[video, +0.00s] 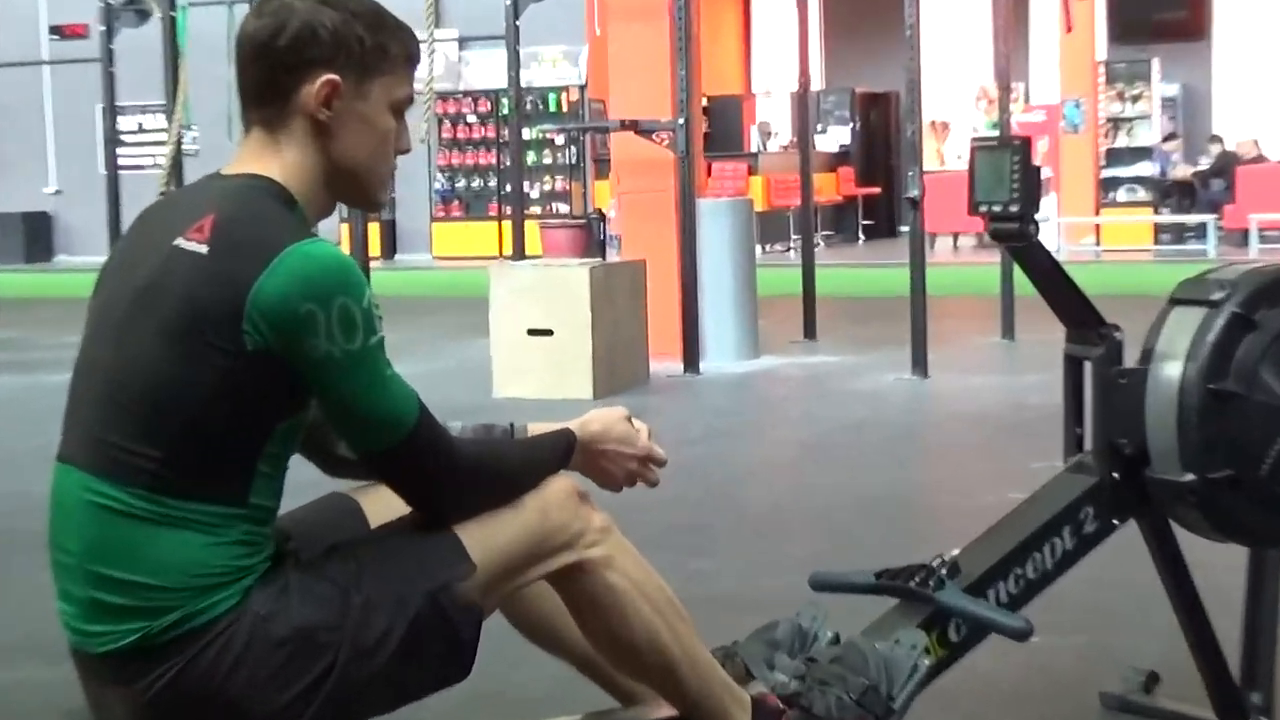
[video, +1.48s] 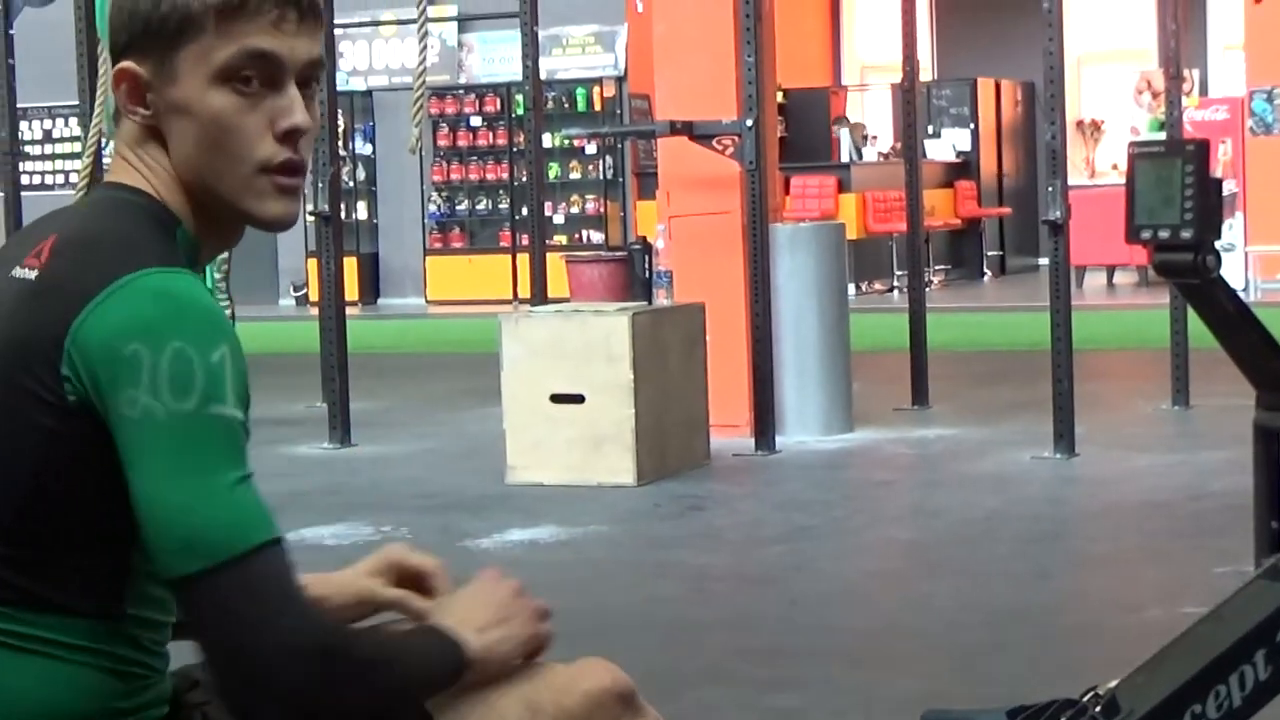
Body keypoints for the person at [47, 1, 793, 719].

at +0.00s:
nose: (407, 142)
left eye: (409, 115)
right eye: (398, 112)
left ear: (303, 104)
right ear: (327, 102)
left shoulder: (179, 222)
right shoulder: (303, 271)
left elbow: (342, 453)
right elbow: (441, 476)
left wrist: (539, 452)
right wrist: (574, 444)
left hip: (127, 621)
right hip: (200, 653)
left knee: (447, 506)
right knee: (566, 507)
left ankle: (654, 700)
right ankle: (735, 710)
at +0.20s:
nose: (360, 119)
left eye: (361, 84)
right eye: (350, 80)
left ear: (256, 74)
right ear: (265, 70)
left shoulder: (77, 209)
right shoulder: (239, 277)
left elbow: (274, 481)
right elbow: (396, 532)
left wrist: (527, 482)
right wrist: (555, 477)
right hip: (108, 692)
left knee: (378, 542)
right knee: (529, 562)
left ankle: (582, 713)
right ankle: (705, 717)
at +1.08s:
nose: (295, 88)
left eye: (287, 57)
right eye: (271, 55)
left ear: (165, 80)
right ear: (172, 76)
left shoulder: (41, 233)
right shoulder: (195, 287)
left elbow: (270, 541)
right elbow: (420, 568)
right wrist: (607, 570)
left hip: (47, 688)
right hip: (123, 712)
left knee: (411, 610)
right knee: (602, 648)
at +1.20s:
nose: (303, 93)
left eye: (293, 59)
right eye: (276, 59)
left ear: (164, 85)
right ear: (169, 80)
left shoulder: (44, 234)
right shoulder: (198, 295)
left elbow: (256, 555)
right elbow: (428, 585)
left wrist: (517, 576)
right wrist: (600, 592)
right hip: (124, 703)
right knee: (602, 665)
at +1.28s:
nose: (309, 97)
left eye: (297, 62)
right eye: (272, 62)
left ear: (146, 89)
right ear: (150, 81)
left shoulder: (49, 238)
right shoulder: (187, 302)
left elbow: (225, 563)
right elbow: (411, 609)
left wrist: (465, 576)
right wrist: (579, 606)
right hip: (117, 711)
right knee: (592, 678)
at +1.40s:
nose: (299, 112)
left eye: (300, 76)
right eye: (253, 73)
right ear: (131, 88)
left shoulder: (71, 246)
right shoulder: (164, 305)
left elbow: (161, 585)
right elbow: (345, 664)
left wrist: (374, 588)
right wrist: (515, 621)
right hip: (110, 711)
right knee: (585, 687)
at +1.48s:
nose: (299, 119)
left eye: (307, 85)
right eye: (250, 82)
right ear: (138, 95)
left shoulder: (83, 247)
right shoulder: (155, 301)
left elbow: (104, 575)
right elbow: (281, 673)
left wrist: (308, 601)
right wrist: (459, 640)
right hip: (99, 703)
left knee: (410, 590)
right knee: (593, 692)